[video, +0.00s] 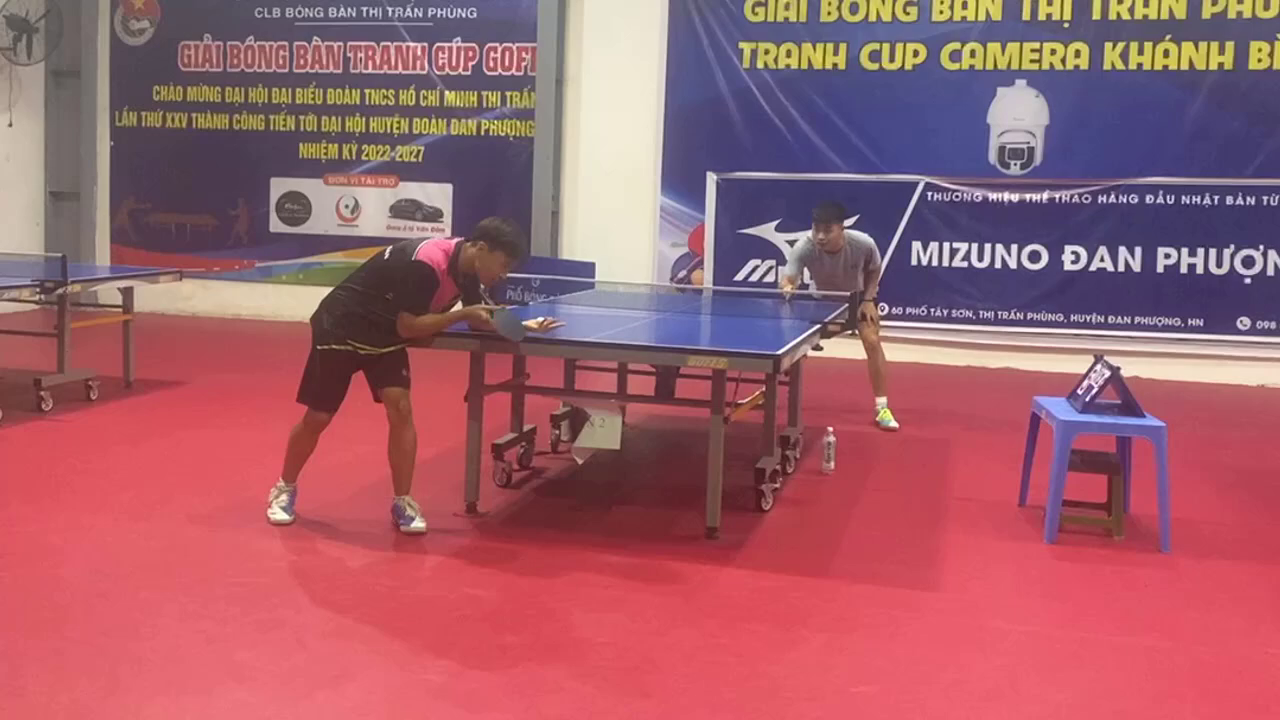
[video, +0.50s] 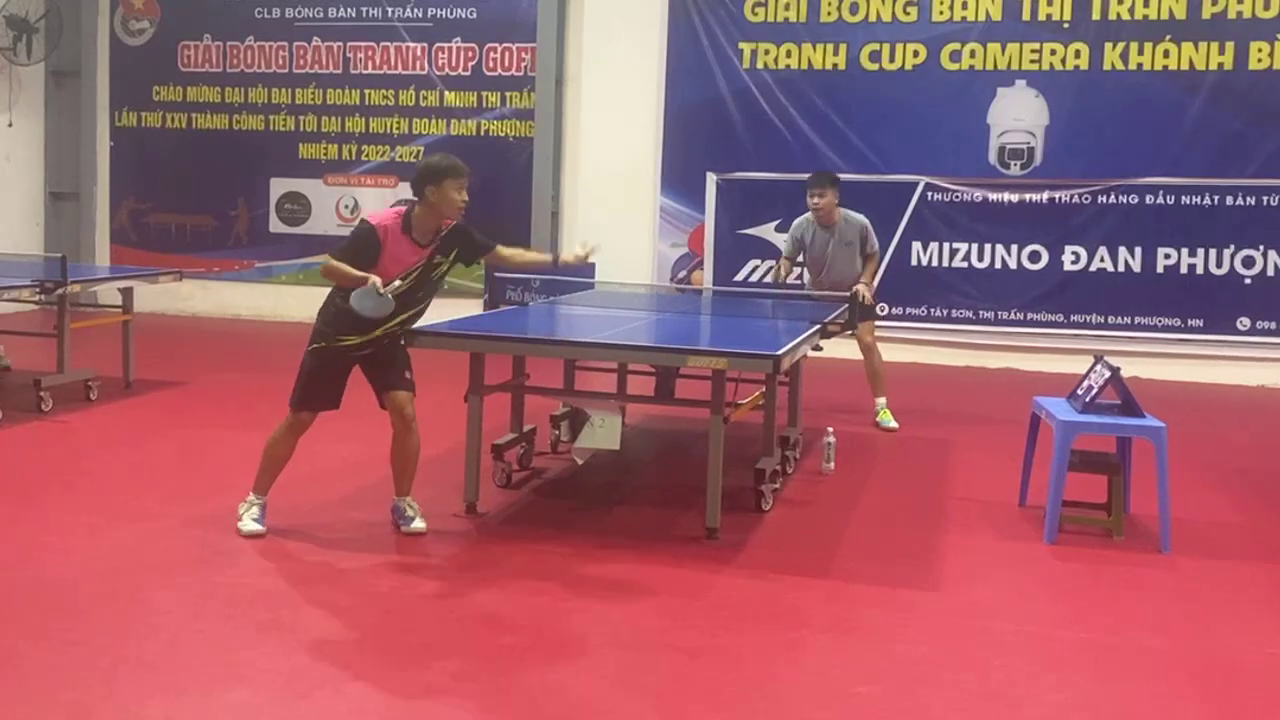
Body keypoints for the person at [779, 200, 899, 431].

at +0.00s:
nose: (821, 236)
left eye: (827, 231)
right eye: (817, 230)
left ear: (841, 228)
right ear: (812, 228)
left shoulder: (864, 245)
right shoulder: (804, 248)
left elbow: (874, 271)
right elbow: (789, 278)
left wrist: (869, 300)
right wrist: (788, 287)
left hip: (859, 302)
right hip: (824, 304)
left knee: (872, 341)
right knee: (793, 335)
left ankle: (882, 406)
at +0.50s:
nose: (815, 202)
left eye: (821, 196)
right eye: (811, 196)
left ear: (836, 197)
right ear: (807, 198)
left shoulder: (858, 224)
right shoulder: (801, 226)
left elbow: (873, 255)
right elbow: (788, 259)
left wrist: (865, 283)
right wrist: (781, 272)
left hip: (854, 296)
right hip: (815, 298)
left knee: (867, 342)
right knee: (787, 334)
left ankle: (881, 407)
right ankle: (769, 391)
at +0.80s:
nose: (796, 187)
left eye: (802, 181)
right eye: (792, 182)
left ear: (816, 183)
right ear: (788, 186)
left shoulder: (840, 215)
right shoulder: (784, 218)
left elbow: (853, 247)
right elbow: (776, 251)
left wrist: (845, 269)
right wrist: (769, 266)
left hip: (836, 294)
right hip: (798, 293)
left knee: (854, 342)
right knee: (781, 343)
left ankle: (880, 405)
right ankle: (765, 394)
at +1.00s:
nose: (798, 183)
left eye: (804, 177)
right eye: (794, 178)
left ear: (818, 179)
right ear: (790, 182)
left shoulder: (840, 212)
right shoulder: (784, 214)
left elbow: (851, 245)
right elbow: (774, 246)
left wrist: (841, 267)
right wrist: (772, 263)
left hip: (833, 295)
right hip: (794, 295)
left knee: (853, 342)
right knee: (777, 342)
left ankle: (876, 401)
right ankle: (766, 391)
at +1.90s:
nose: (808, 221)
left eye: (813, 215)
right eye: (802, 215)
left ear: (822, 211)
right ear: (793, 212)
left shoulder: (835, 227)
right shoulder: (781, 239)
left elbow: (837, 256)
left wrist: (852, 260)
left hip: (819, 302)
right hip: (784, 304)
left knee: (848, 354)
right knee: (766, 351)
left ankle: (868, 404)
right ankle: (759, 406)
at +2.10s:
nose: (813, 205)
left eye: (819, 199)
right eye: (808, 200)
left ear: (829, 199)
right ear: (801, 201)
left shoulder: (836, 216)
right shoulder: (793, 230)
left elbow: (845, 236)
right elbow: (782, 267)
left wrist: (863, 224)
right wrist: (801, 258)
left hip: (829, 304)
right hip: (793, 306)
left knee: (861, 350)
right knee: (774, 352)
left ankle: (872, 402)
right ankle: (761, 405)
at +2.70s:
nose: (802, 181)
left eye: (808, 176)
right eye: (799, 176)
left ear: (823, 177)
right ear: (796, 180)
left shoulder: (845, 211)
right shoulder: (790, 213)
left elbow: (860, 245)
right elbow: (774, 245)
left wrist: (853, 248)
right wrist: (761, 252)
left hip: (837, 294)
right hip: (798, 294)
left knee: (850, 341)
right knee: (774, 337)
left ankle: (872, 401)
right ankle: (760, 386)